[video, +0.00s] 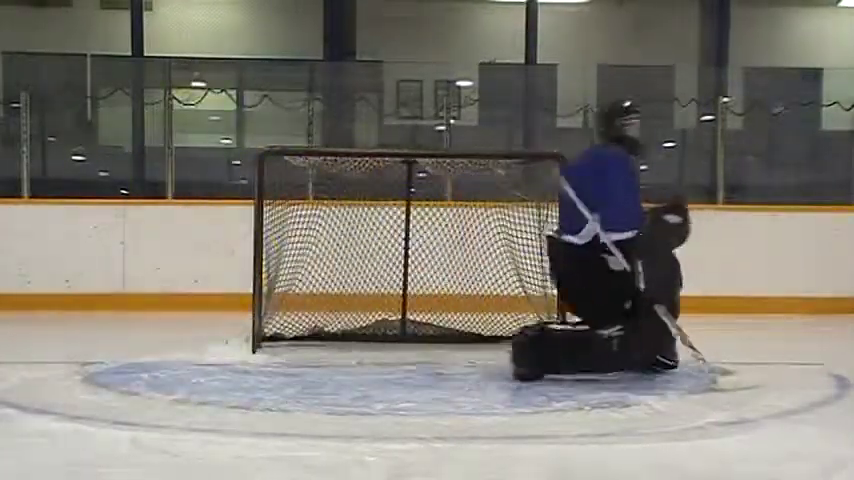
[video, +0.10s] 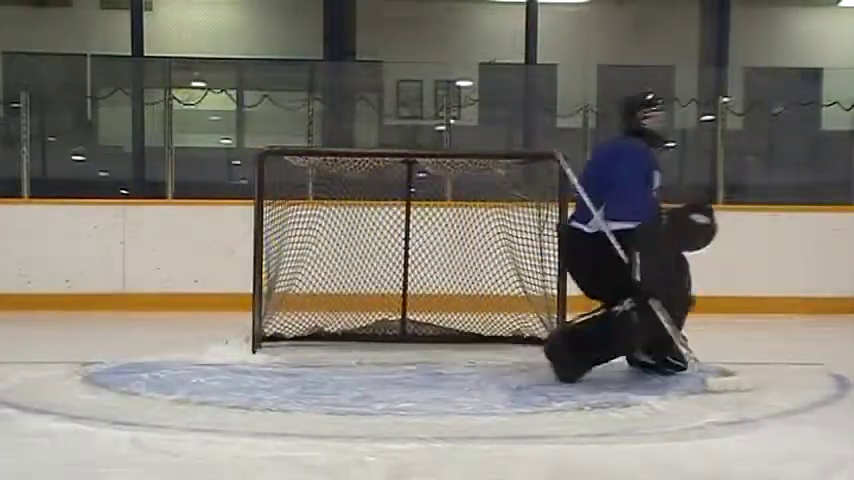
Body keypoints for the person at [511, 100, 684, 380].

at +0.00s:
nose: (637, 131)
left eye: (636, 124)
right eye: (631, 125)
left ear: (604, 129)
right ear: (617, 128)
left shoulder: (584, 161)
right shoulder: (618, 161)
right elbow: (622, 233)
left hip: (574, 268)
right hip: (596, 270)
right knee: (654, 344)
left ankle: (544, 340)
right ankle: (544, 351)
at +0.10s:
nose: (661, 122)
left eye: (661, 116)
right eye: (654, 116)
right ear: (638, 120)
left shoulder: (642, 154)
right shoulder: (630, 154)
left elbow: (645, 213)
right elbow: (624, 223)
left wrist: (676, 221)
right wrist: (671, 230)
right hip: (593, 244)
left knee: (674, 273)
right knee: (652, 304)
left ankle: (653, 348)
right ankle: (573, 349)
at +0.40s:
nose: (682, 107)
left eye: (684, 100)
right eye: (674, 101)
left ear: (686, 102)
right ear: (657, 106)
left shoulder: (688, 140)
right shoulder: (640, 144)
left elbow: (686, 198)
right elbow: (622, 210)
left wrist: (717, 213)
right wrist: (636, 262)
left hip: (676, 236)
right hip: (644, 238)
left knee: (687, 292)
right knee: (665, 300)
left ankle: (667, 358)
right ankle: (624, 366)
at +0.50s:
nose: (689, 101)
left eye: (691, 93)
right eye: (681, 95)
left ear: (693, 97)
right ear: (662, 100)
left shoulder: (689, 135)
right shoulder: (643, 139)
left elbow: (688, 188)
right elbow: (626, 203)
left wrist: (716, 204)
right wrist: (619, 251)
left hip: (671, 232)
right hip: (636, 231)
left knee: (695, 298)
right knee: (679, 292)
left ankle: (661, 354)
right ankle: (629, 368)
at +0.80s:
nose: (695, 101)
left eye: (696, 93)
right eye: (687, 95)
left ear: (695, 96)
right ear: (668, 99)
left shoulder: (684, 137)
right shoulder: (651, 138)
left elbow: (679, 195)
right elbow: (634, 211)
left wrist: (716, 203)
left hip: (679, 231)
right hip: (651, 234)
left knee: (695, 297)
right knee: (660, 303)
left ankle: (670, 364)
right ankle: (645, 378)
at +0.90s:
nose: (693, 107)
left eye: (693, 99)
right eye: (685, 100)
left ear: (677, 106)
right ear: (667, 105)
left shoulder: (677, 143)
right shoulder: (646, 142)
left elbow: (681, 199)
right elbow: (634, 211)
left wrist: (721, 201)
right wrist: (659, 255)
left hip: (660, 237)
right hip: (625, 239)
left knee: (694, 294)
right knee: (640, 302)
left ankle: (663, 365)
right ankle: (615, 381)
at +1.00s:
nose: (682, 111)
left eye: (682, 104)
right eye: (674, 105)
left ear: (678, 108)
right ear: (657, 109)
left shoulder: (677, 144)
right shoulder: (640, 145)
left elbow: (679, 200)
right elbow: (637, 212)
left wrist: (715, 203)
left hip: (642, 233)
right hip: (599, 231)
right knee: (618, 301)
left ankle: (655, 361)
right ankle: (573, 378)